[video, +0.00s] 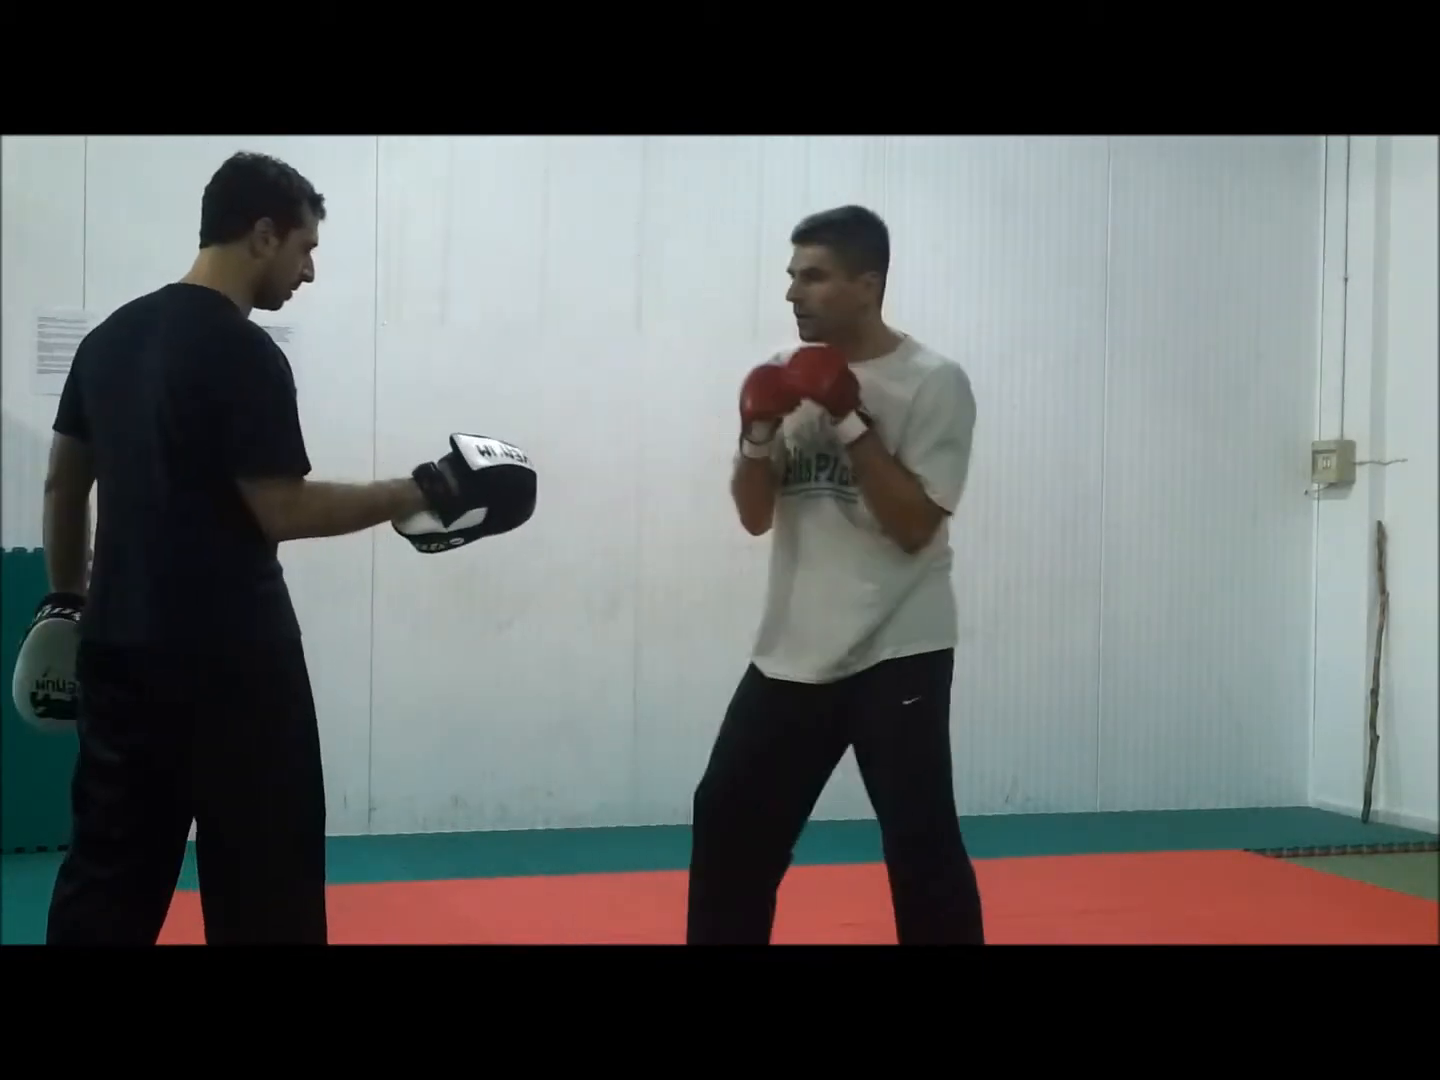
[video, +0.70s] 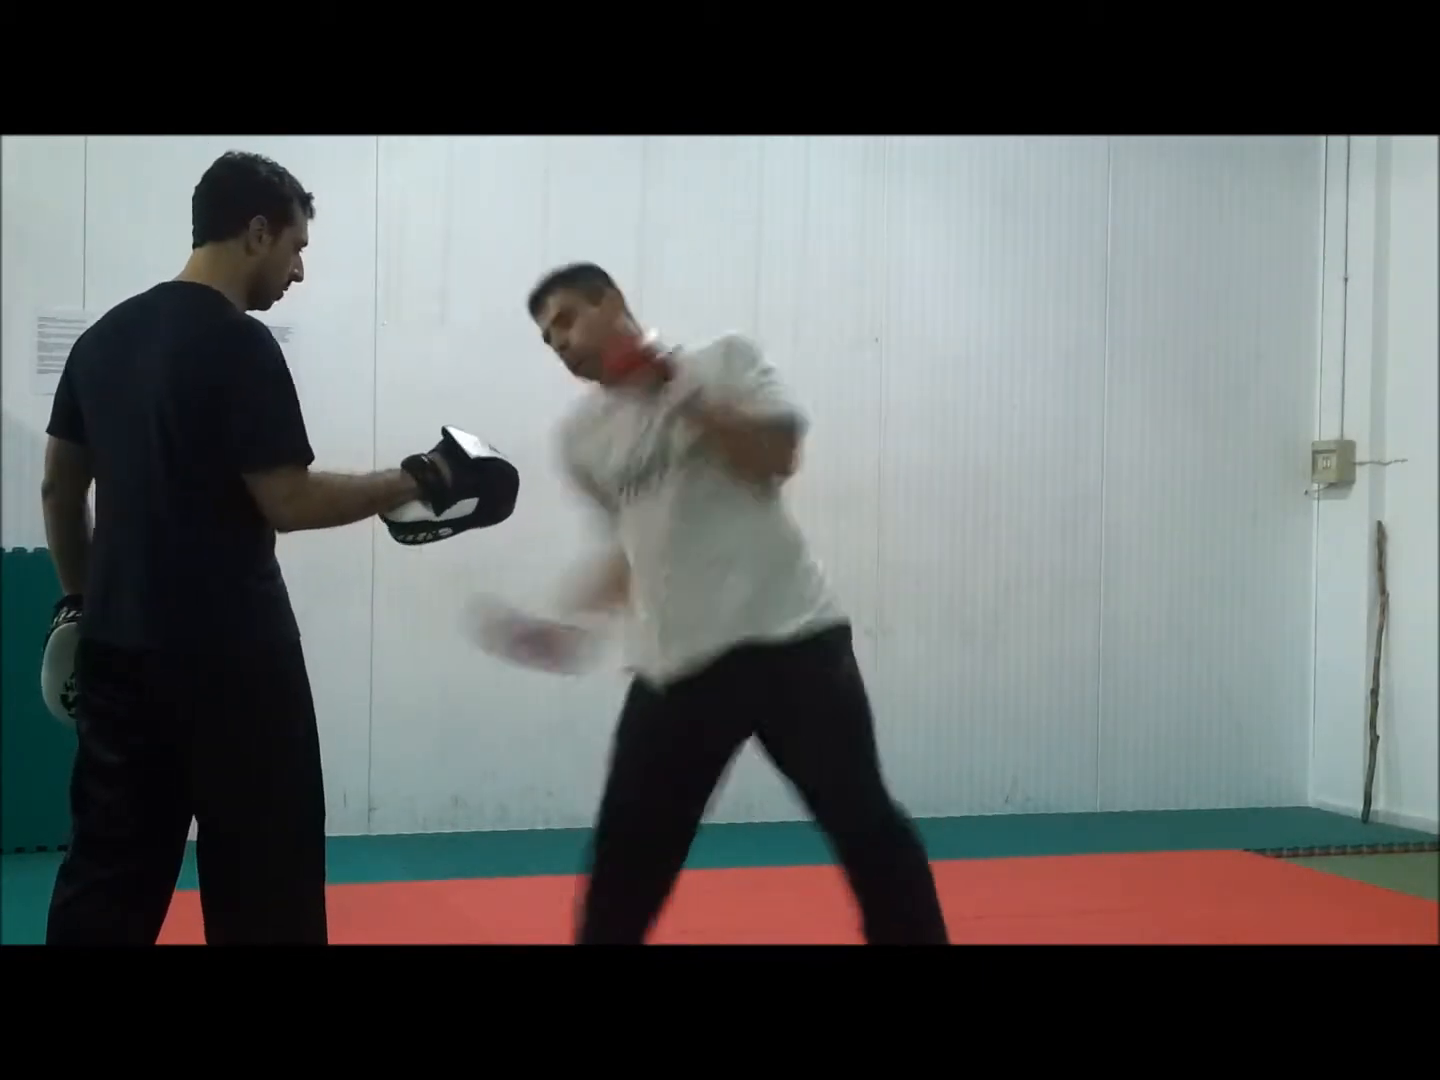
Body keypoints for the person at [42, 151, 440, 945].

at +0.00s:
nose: (310, 270)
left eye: (314, 250)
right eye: (308, 246)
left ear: (218, 232)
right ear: (263, 233)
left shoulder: (108, 339)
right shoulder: (246, 353)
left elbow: (65, 487)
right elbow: (284, 510)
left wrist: (64, 603)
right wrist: (420, 492)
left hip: (122, 656)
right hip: (238, 663)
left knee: (106, 881)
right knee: (267, 888)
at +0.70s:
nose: (300, 270)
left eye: (304, 249)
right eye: (298, 245)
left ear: (217, 231)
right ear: (255, 231)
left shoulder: (103, 337)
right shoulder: (241, 345)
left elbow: (60, 487)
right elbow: (287, 499)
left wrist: (78, 602)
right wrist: (414, 480)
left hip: (120, 657)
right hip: (237, 658)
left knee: (106, 880)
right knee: (268, 887)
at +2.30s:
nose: (290, 263)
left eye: (291, 244)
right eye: (281, 241)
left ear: (220, 234)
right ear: (228, 230)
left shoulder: (127, 337)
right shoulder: (206, 334)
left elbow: (90, 488)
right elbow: (294, 413)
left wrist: (95, 599)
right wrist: (409, 395)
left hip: (130, 645)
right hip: (220, 644)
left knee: (121, 866)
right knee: (263, 871)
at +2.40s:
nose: (282, 261)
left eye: (284, 241)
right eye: (274, 238)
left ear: (213, 231)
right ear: (221, 228)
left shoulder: (126, 335)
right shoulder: (206, 329)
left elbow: (91, 490)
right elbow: (314, 369)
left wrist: (103, 602)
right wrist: (410, 339)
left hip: (134, 646)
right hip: (222, 647)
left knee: (120, 867)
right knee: (259, 874)